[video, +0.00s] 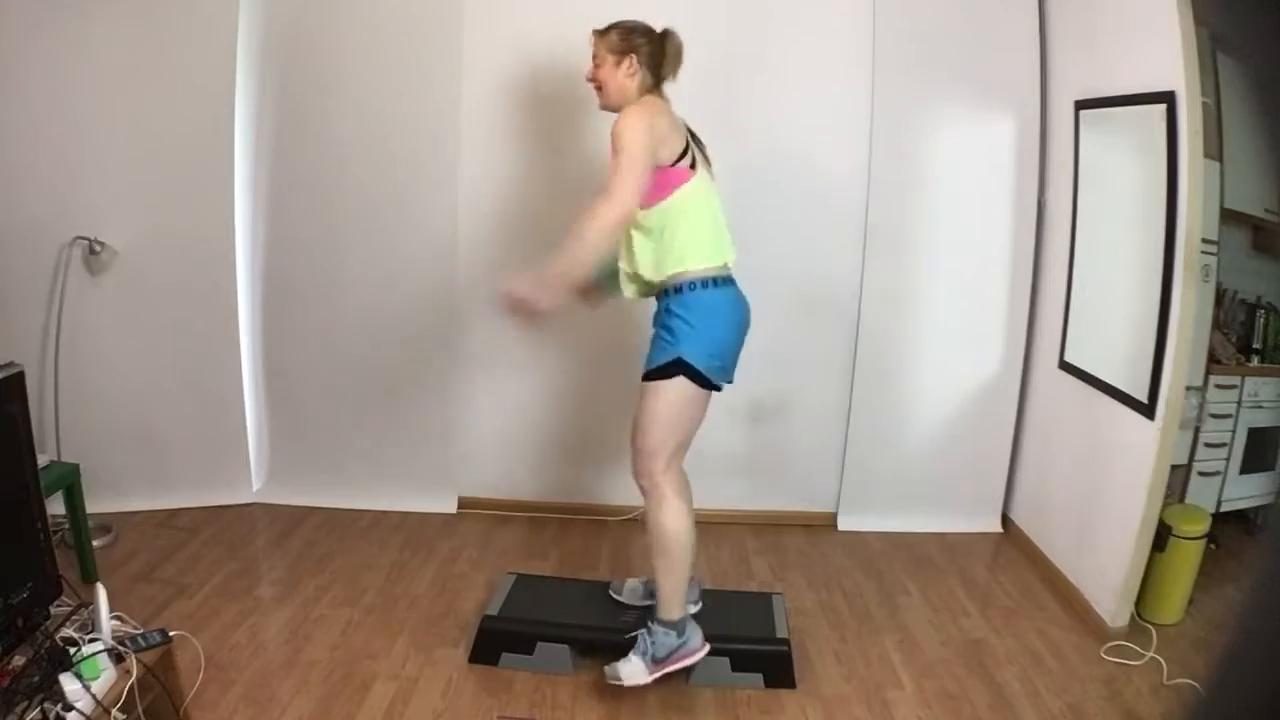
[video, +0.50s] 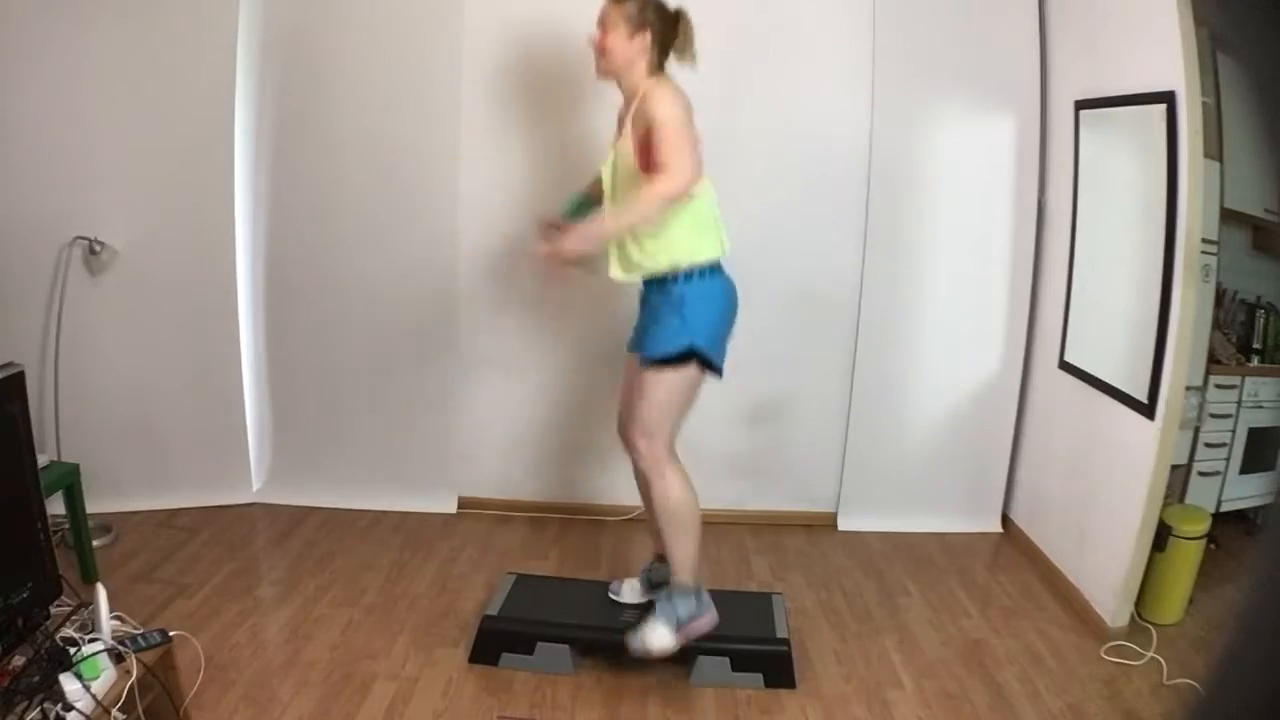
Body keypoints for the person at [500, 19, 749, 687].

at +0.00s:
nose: (590, 74)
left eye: (598, 62)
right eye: (591, 63)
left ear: (631, 65)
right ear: (637, 65)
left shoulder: (640, 119)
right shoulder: (660, 121)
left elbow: (621, 205)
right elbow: (662, 227)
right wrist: (606, 280)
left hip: (697, 306)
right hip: (704, 303)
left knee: (653, 466)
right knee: (661, 459)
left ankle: (674, 629)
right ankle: (674, 584)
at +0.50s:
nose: (594, 41)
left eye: (605, 29)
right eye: (596, 29)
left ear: (642, 40)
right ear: (636, 41)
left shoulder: (661, 99)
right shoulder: (635, 106)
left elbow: (676, 179)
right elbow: (620, 178)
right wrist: (571, 217)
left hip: (691, 291)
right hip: (664, 288)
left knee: (650, 439)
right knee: (635, 431)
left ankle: (691, 599)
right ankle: (670, 563)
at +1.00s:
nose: (641, 93)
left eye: (653, 85)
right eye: (636, 82)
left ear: (684, 89)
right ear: (631, 81)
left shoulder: (711, 144)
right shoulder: (608, 135)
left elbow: (747, 206)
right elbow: (541, 179)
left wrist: (738, 233)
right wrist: (488, 206)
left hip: (683, 310)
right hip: (623, 305)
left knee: (660, 439)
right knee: (609, 424)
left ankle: (660, 567)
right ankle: (610, 497)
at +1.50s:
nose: (705, 150)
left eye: (713, 141)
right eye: (696, 138)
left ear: (718, 141)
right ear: (667, 134)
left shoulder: (722, 194)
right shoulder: (625, 186)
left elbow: (721, 254)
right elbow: (577, 249)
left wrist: (732, 314)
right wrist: (591, 311)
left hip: (688, 336)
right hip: (625, 335)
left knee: (706, 448)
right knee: (607, 446)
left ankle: (679, 531)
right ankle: (592, 517)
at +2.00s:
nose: (814, 103)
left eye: (820, 92)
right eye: (807, 88)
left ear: (818, 93)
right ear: (771, 77)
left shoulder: (810, 136)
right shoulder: (715, 128)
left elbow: (878, 178)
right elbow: (627, 160)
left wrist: (912, 164)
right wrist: (557, 213)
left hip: (760, 301)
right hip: (707, 298)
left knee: (743, 431)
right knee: (749, 432)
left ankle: (710, 522)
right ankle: (740, 559)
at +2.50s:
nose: (914, 141)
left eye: (917, 128)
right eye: (910, 125)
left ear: (876, 118)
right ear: (876, 112)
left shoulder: (857, 178)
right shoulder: (827, 169)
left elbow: (785, 256)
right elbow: (810, 262)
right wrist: (915, 280)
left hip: (861, 371)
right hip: (809, 373)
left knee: (885, 524)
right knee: (843, 541)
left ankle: (853, 657)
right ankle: (758, 564)